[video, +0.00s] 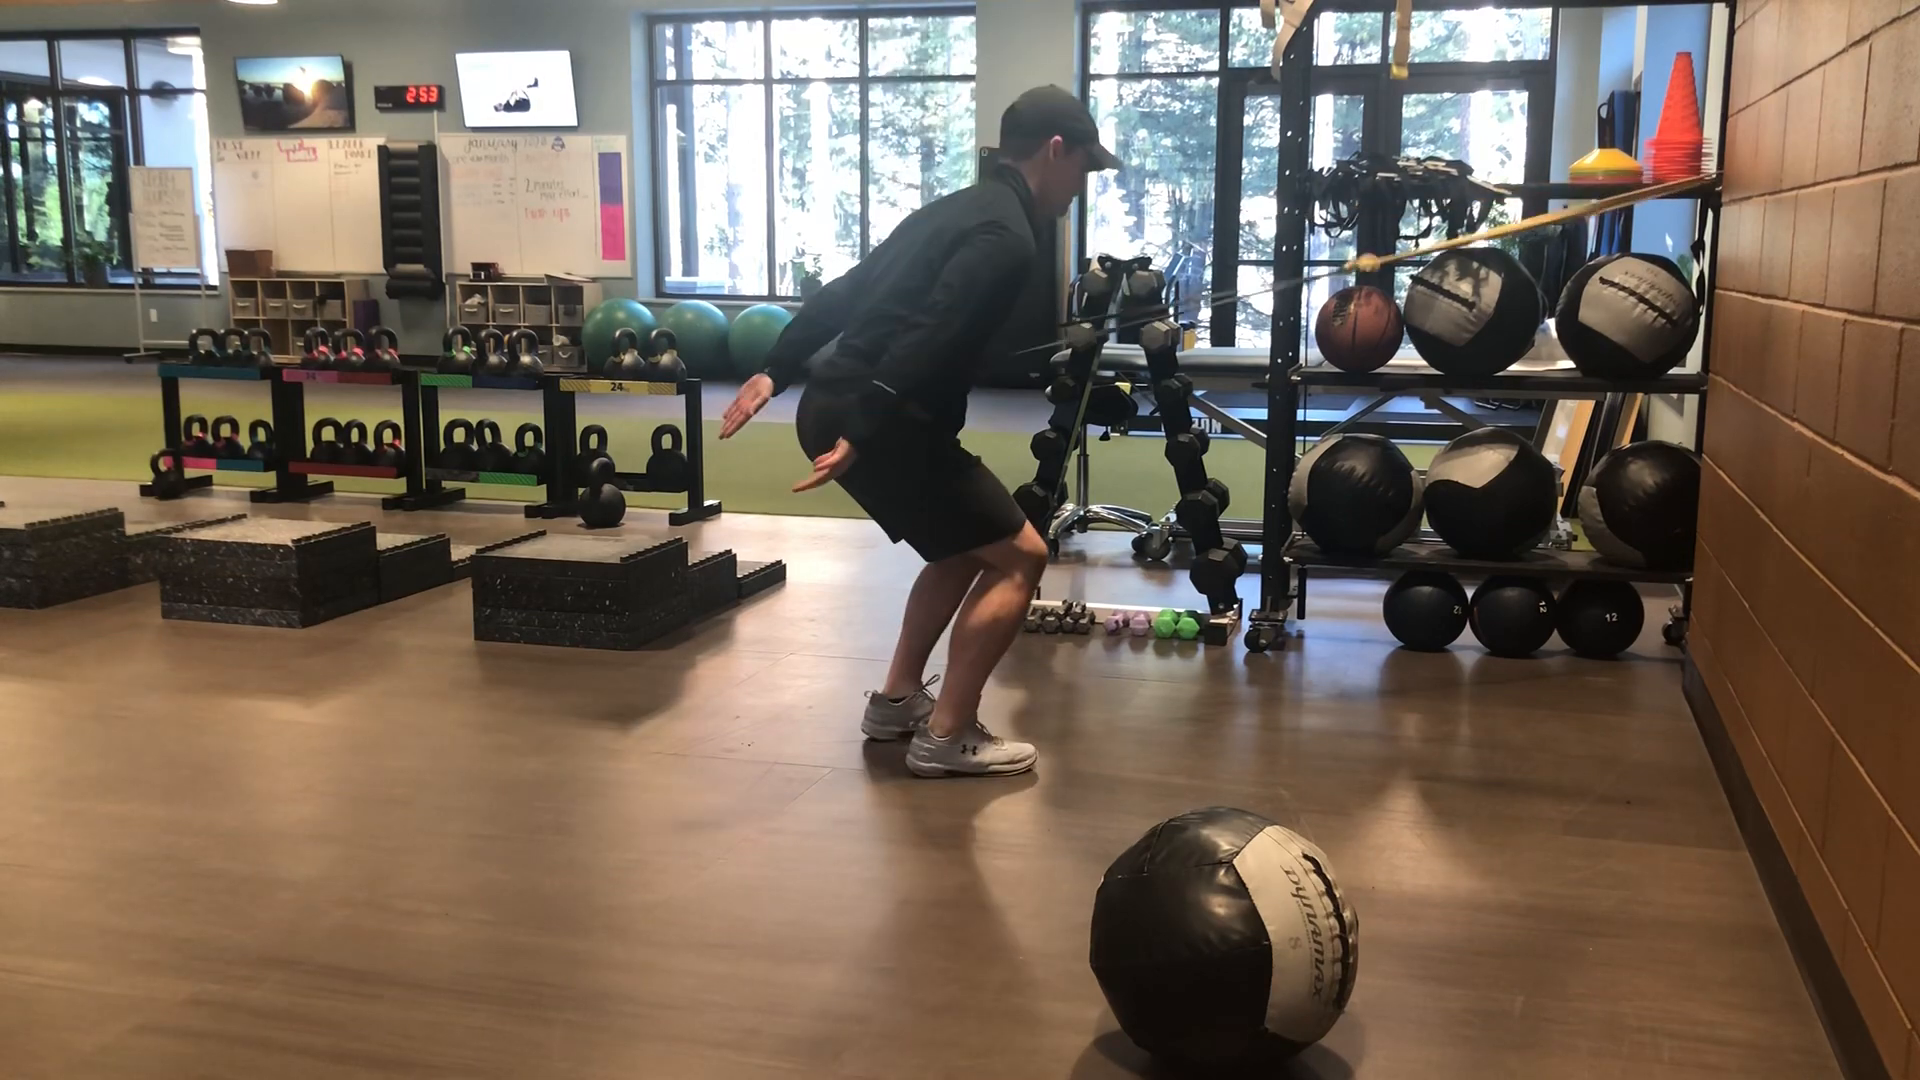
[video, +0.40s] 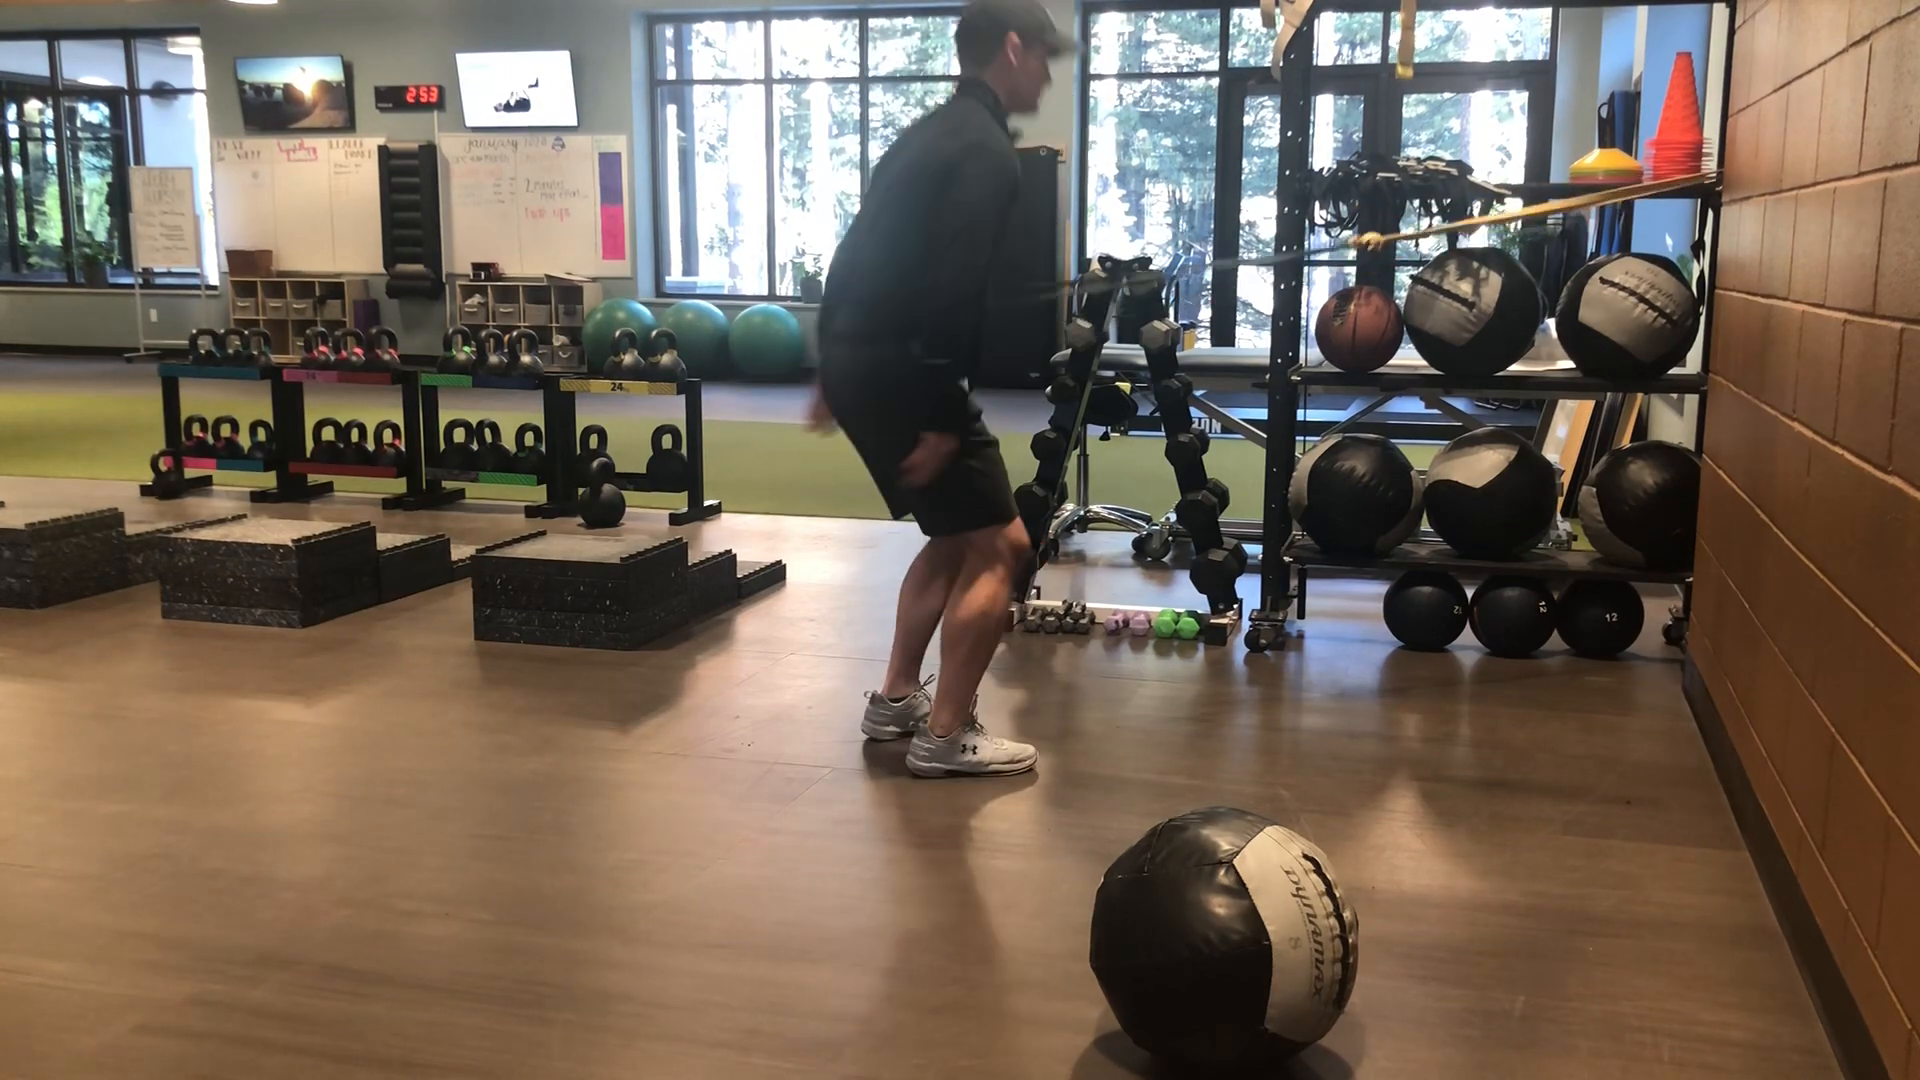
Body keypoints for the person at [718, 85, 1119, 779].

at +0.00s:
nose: (1083, 182)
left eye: (1087, 168)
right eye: (1083, 165)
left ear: (1026, 152)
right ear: (1052, 152)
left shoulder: (952, 210)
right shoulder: (1006, 235)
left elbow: (852, 289)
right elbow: (937, 332)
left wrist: (775, 369)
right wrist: (864, 424)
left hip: (837, 404)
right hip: (883, 418)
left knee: (962, 545)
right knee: (1021, 554)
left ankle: (898, 698)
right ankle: (949, 732)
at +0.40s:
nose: (1049, 77)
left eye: (1050, 62)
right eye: (1046, 59)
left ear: (989, 53)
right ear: (1010, 52)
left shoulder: (927, 135)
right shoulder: (983, 149)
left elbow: (856, 258)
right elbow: (951, 288)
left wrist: (830, 370)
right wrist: (943, 416)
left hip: (858, 364)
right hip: (908, 374)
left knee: (951, 542)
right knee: (1002, 549)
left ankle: (896, 699)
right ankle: (948, 733)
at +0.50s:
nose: (1028, 36)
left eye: (1028, 22)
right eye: (1022, 20)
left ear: (968, 21)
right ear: (989, 16)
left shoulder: (906, 106)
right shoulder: (970, 118)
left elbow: (864, 244)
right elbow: (983, 261)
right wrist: (1008, 380)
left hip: (867, 345)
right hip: (917, 351)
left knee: (943, 528)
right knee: (981, 541)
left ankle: (894, 697)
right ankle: (946, 734)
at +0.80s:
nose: (990, 13)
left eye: (987, 3)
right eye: (985, 3)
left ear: (920, 11)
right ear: (959, 6)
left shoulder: (877, 98)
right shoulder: (955, 103)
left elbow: (908, 237)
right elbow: (983, 240)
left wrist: (991, 292)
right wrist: (1084, 289)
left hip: (879, 335)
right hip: (940, 345)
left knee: (905, 528)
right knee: (948, 546)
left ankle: (891, 699)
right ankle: (944, 732)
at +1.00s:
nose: (978, 10)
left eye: (973, 1)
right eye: (972, 1)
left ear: (907, 12)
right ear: (947, 5)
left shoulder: (873, 99)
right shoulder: (957, 104)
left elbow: (951, 192)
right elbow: (1036, 212)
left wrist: (1047, 173)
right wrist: (1112, 181)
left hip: (878, 335)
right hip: (939, 346)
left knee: (905, 526)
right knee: (944, 543)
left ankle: (891, 701)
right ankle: (943, 732)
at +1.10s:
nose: (975, 10)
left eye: (970, 1)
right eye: (968, 1)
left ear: (902, 13)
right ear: (942, 6)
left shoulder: (872, 97)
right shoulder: (951, 97)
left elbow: (979, 165)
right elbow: (1070, 174)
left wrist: (1055, 120)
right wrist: (1112, 120)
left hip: (883, 341)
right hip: (942, 347)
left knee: (903, 531)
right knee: (944, 548)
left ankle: (890, 701)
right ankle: (943, 732)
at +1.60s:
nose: (977, 12)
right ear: (943, 0)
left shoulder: (875, 44)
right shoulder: (952, 33)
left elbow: (887, 179)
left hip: (900, 292)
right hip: (962, 295)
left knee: (933, 482)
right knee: (982, 503)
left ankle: (928, 647)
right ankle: (994, 686)